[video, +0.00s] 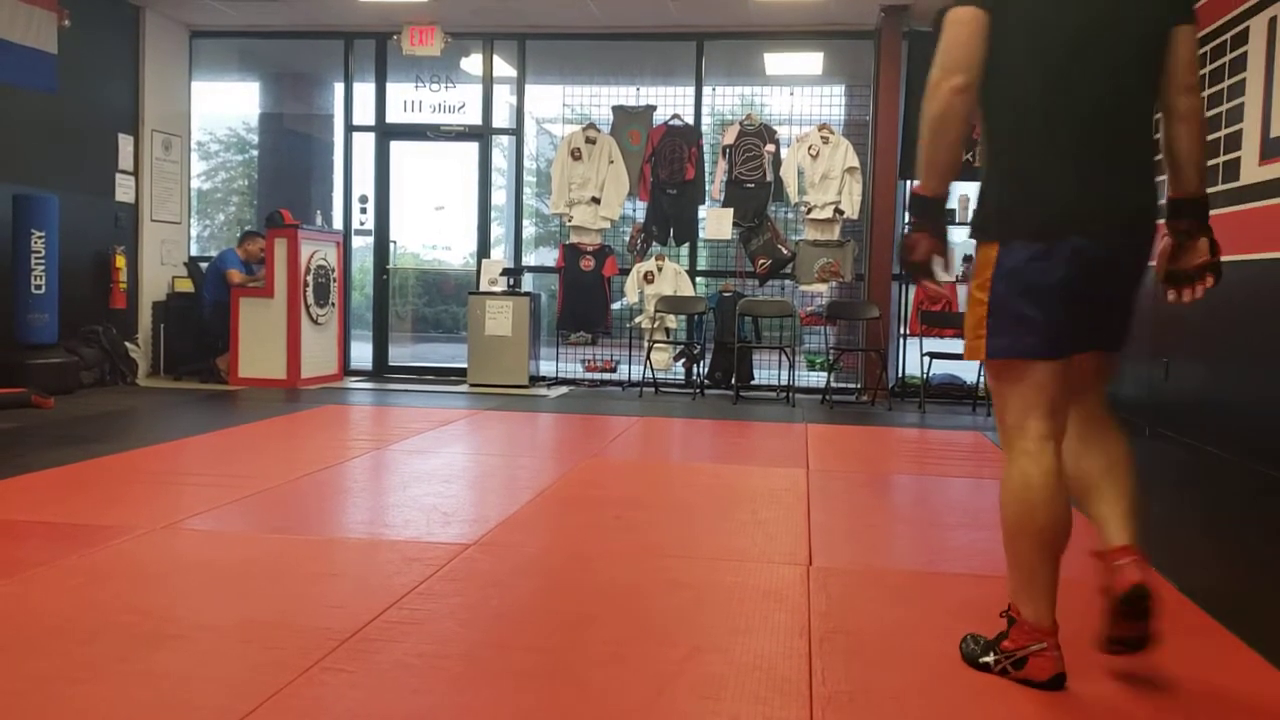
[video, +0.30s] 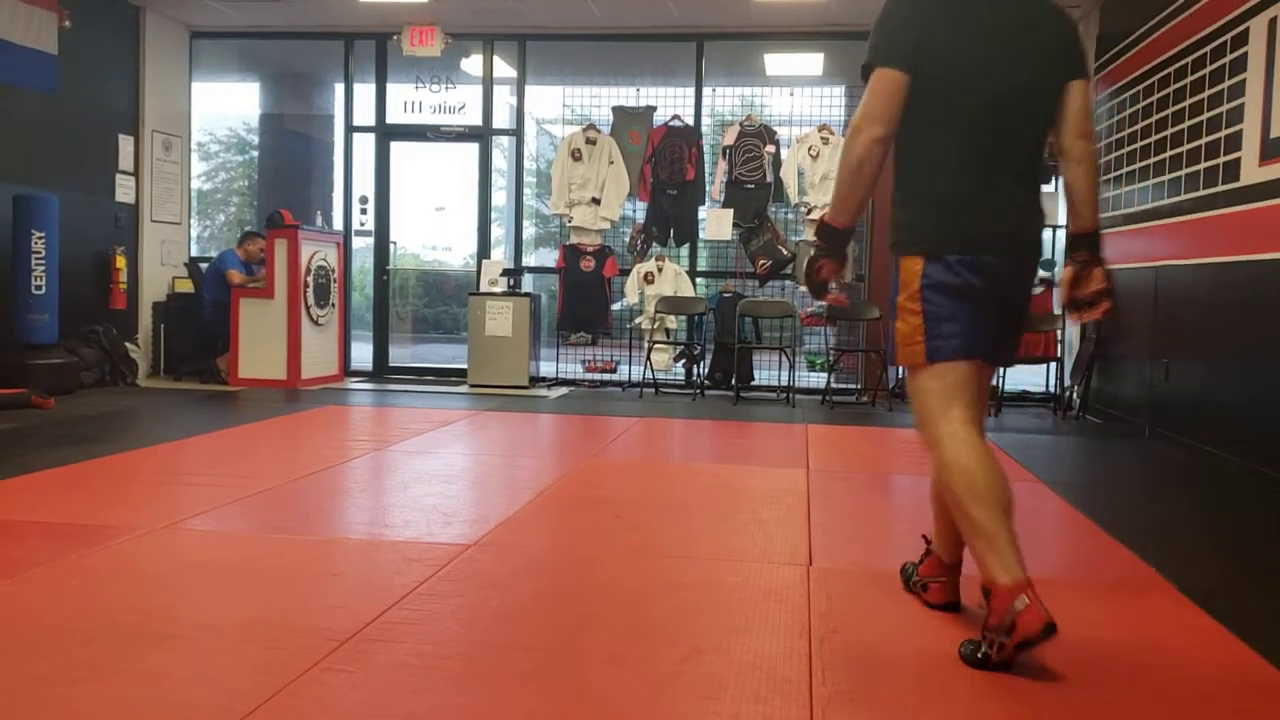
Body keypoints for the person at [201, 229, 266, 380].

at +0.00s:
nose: (262, 255)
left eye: (263, 251)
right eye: (260, 250)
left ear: (248, 246)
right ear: (247, 245)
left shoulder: (245, 263)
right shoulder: (229, 256)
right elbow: (234, 279)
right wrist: (257, 278)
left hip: (229, 308)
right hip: (214, 309)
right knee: (252, 332)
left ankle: (226, 363)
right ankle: (223, 362)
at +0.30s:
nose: (262, 255)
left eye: (263, 252)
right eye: (260, 250)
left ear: (248, 246)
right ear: (247, 245)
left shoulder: (245, 264)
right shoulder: (229, 256)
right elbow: (235, 280)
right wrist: (257, 278)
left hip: (230, 309)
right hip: (214, 310)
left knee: (259, 328)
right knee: (253, 331)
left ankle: (227, 363)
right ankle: (223, 362)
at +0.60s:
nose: (262, 254)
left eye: (263, 251)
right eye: (260, 249)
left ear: (248, 246)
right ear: (247, 245)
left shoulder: (245, 263)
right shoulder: (229, 256)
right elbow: (234, 279)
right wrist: (257, 278)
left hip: (230, 309)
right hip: (214, 310)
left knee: (258, 328)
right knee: (253, 331)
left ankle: (226, 363)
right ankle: (223, 362)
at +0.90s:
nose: (262, 254)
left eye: (263, 251)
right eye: (260, 249)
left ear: (247, 246)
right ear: (247, 245)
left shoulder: (244, 263)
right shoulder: (229, 256)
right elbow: (235, 279)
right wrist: (257, 278)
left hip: (229, 308)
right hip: (214, 309)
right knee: (253, 331)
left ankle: (226, 363)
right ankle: (223, 362)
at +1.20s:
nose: (262, 254)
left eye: (263, 251)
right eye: (260, 249)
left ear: (247, 246)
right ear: (246, 245)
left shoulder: (245, 264)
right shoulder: (228, 256)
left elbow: (252, 283)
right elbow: (234, 280)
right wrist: (257, 278)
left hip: (230, 308)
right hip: (214, 309)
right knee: (253, 331)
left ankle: (227, 362)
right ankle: (224, 361)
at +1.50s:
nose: (262, 253)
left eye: (263, 250)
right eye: (260, 248)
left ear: (247, 245)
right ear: (247, 244)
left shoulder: (245, 263)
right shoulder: (228, 255)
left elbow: (253, 282)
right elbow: (236, 280)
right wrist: (258, 279)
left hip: (230, 308)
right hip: (213, 309)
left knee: (257, 328)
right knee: (252, 331)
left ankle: (226, 362)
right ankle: (223, 362)